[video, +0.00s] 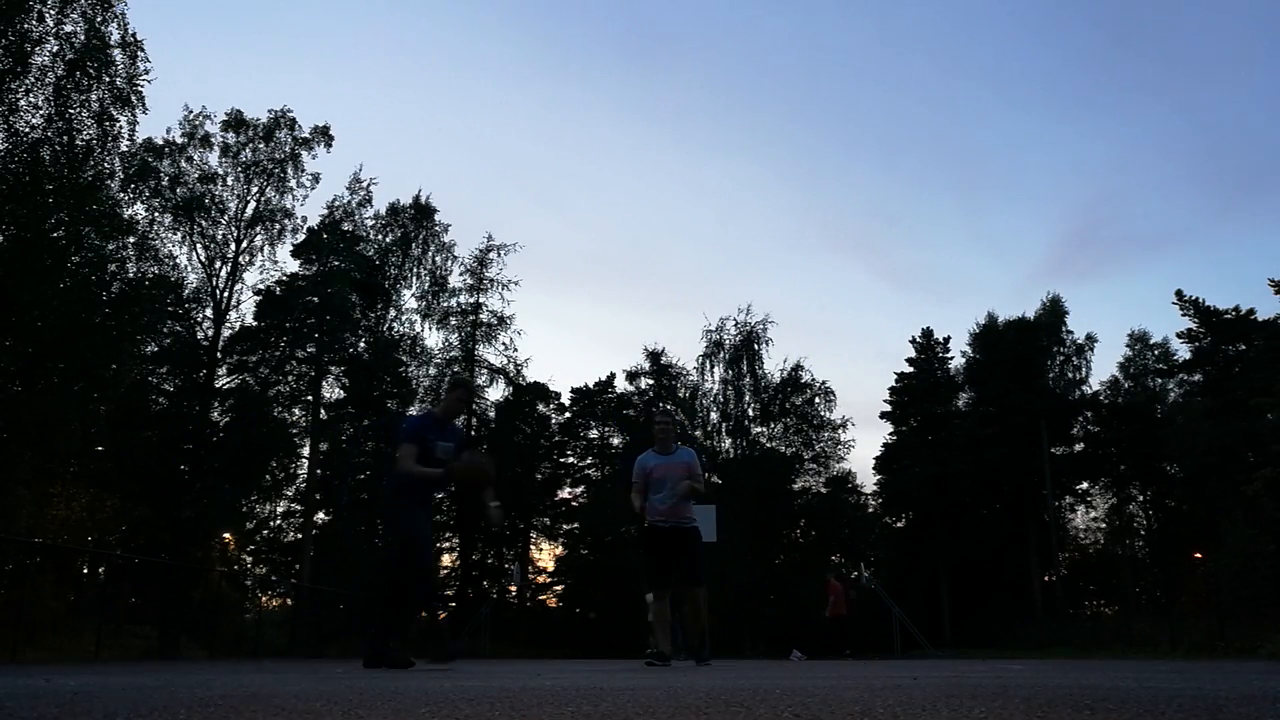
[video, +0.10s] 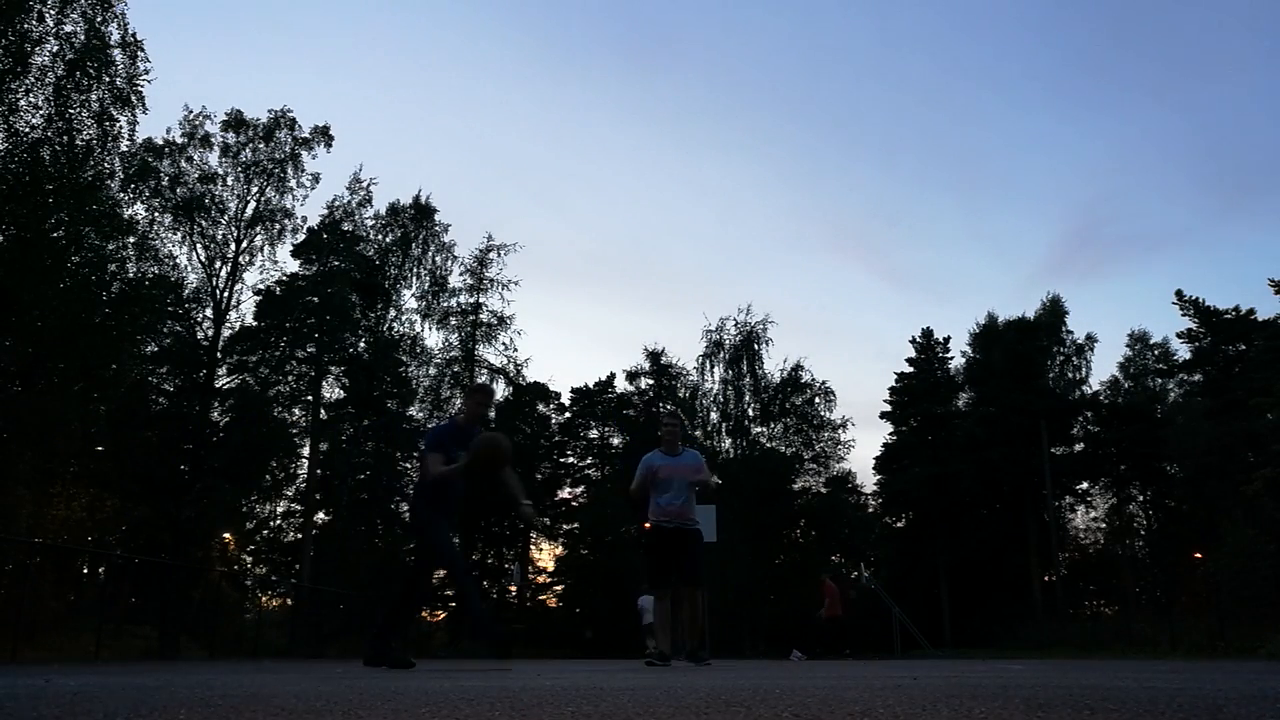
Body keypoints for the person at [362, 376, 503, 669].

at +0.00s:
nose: (459, 407)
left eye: (465, 404)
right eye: (457, 400)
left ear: (465, 406)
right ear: (445, 395)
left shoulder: (458, 435)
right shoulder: (416, 425)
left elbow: (466, 472)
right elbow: (405, 466)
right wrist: (445, 473)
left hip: (425, 509)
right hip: (402, 506)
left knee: (412, 575)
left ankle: (389, 648)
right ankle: (382, 649)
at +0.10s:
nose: (482, 410)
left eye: (486, 406)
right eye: (478, 404)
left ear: (489, 408)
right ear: (466, 401)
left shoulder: (482, 438)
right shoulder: (441, 433)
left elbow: (505, 472)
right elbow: (433, 471)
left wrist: (522, 502)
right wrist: (466, 463)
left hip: (454, 514)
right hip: (428, 513)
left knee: (418, 580)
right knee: (461, 574)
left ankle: (384, 648)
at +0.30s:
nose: (537, 430)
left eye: (540, 424)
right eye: (532, 423)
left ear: (542, 426)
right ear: (519, 422)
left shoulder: (535, 453)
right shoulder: (499, 450)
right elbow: (491, 495)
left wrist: (550, 497)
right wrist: (528, 499)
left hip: (505, 523)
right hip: (483, 524)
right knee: (519, 578)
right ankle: (525, 652)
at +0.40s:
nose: (567, 439)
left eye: (570, 434)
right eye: (561, 432)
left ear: (572, 434)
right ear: (548, 431)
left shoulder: (559, 460)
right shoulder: (526, 456)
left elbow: (558, 502)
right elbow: (517, 506)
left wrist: (564, 531)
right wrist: (551, 527)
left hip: (530, 528)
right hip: (508, 527)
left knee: (539, 583)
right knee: (540, 581)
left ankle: (531, 651)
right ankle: (527, 652)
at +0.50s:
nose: (590, 438)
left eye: (595, 432)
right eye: (585, 432)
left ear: (599, 433)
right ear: (573, 430)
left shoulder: (591, 457)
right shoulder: (552, 455)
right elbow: (541, 507)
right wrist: (580, 523)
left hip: (557, 525)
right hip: (531, 525)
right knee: (561, 582)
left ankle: (593, 645)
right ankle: (531, 651)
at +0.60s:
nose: (622, 430)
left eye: (626, 423)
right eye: (616, 423)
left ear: (632, 423)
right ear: (604, 422)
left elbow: (649, 498)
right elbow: (568, 498)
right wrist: (612, 500)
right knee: (579, 587)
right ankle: (538, 646)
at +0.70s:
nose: (654, 417)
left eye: (657, 411)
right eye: (649, 410)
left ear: (661, 411)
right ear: (637, 408)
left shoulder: (655, 442)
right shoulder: (614, 438)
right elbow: (597, 484)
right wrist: (631, 470)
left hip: (637, 523)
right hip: (606, 523)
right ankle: (543, 642)